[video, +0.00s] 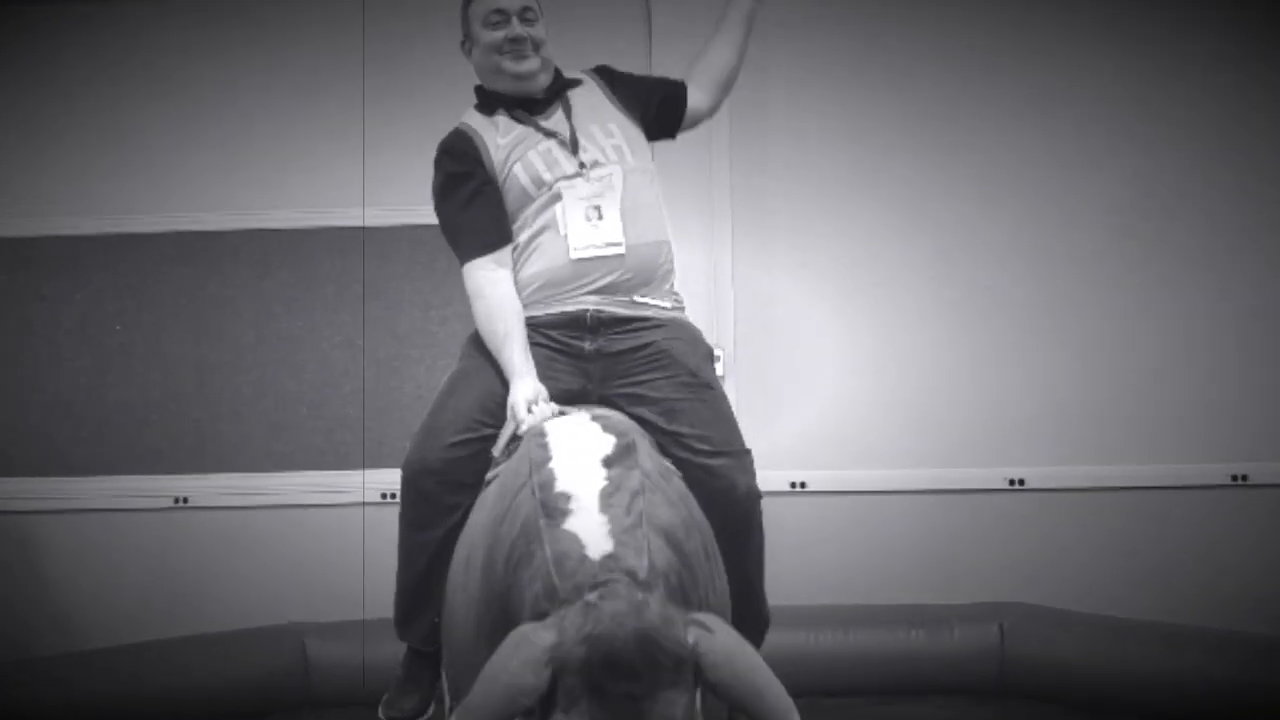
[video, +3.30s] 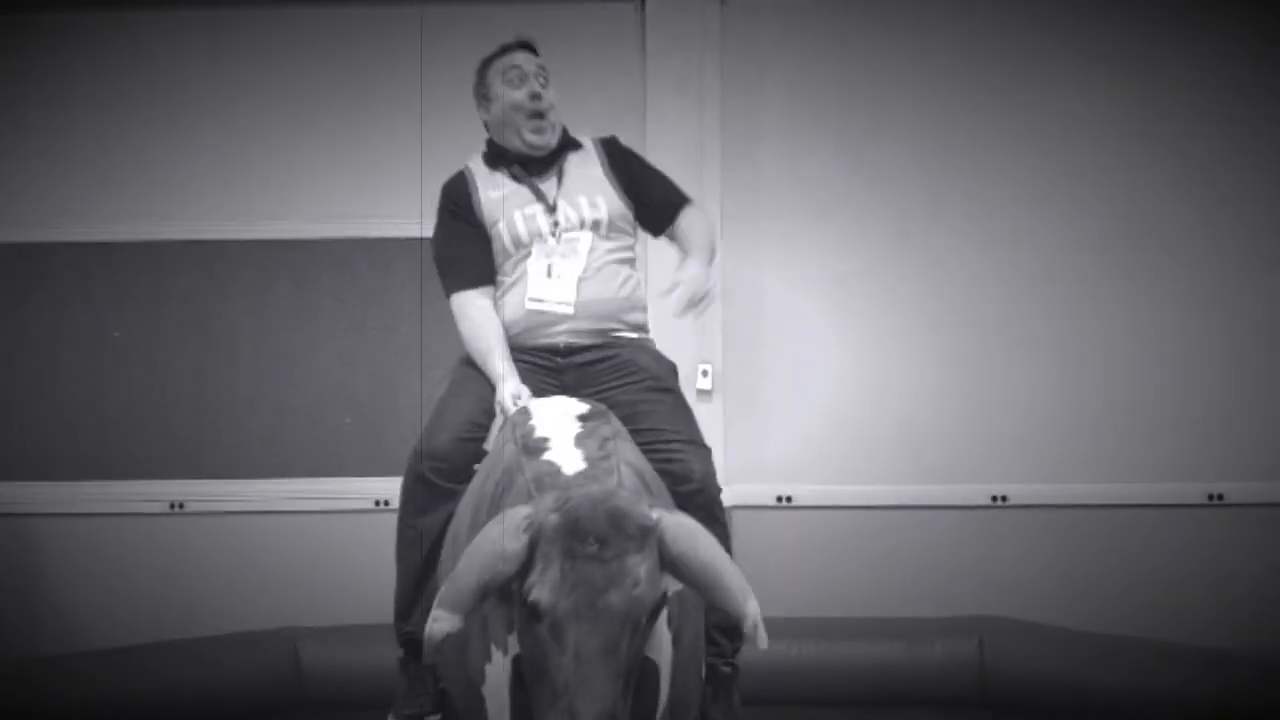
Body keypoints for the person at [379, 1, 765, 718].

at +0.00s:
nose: (517, 30)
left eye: (528, 16)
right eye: (496, 20)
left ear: (546, 28)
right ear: (466, 44)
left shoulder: (612, 91)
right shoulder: (467, 147)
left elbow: (700, 96)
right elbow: (487, 273)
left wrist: (743, 9)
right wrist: (521, 376)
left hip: (650, 331)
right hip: (528, 339)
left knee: (731, 484)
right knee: (431, 470)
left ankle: (741, 662)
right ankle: (421, 663)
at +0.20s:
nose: (510, 20)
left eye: (521, 9)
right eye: (487, 15)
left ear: (544, 30)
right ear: (462, 54)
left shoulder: (605, 95)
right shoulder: (465, 150)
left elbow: (690, 142)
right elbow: (485, 281)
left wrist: (783, 88)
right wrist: (522, 389)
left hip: (652, 338)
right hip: (529, 348)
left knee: (733, 501)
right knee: (432, 482)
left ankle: (732, 675)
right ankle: (426, 680)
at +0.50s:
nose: (503, 20)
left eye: (511, 11)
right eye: (479, 19)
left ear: (535, 32)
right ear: (458, 65)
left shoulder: (606, 99)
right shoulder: (463, 161)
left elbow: (690, 170)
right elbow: (484, 303)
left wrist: (800, 196)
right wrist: (521, 415)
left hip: (659, 362)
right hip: (528, 372)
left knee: (736, 535)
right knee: (429, 513)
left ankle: (739, 695)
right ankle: (424, 695)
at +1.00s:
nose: (498, 62)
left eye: (509, 42)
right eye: (472, 53)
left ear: (539, 58)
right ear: (451, 90)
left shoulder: (619, 120)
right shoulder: (452, 199)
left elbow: (704, 210)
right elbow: (474, 349)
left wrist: (752, 298)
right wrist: (514, 467)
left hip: (656, 413)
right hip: (516, 422)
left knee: (736, 589)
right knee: (415, 563)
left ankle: (750, 715)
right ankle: (408, 713)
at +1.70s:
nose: (513, 133)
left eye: (526, 111)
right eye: (490, 120)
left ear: (552, 118)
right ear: (469, 140)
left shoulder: (622, 181)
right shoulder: (454, 235)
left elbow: (704, 281)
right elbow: (468, 375)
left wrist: (675, 393)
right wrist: (514, 475)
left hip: (647, 437)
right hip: (518, 444)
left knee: (734, 592)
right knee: (412, 564)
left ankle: (748, 716)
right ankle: (405, 713)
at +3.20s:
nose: (545, 112)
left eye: (552, 100)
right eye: (525, 103)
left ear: (566, 116)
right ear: (496, 129)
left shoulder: (609, 178)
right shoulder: (472, 202)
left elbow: (666, 257)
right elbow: (468, 308)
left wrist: (630, 331)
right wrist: (502, 384)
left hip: (615, 363)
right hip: (508, 372)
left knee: (688, 480)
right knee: (432, 469)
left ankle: (716, 665)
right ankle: (420, 664)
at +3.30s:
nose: (536, 92)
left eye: (541, 80)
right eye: (515, 84)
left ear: (556, 94)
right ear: (485, 113)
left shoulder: (607, 158)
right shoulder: (468, 189)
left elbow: (686, 213)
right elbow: (470, 296)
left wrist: (700, 262)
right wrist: (503, 376)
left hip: (618, 352)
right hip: (510, 361)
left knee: (693, 481)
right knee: (433, 464)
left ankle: (719, 659)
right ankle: (418, 660)